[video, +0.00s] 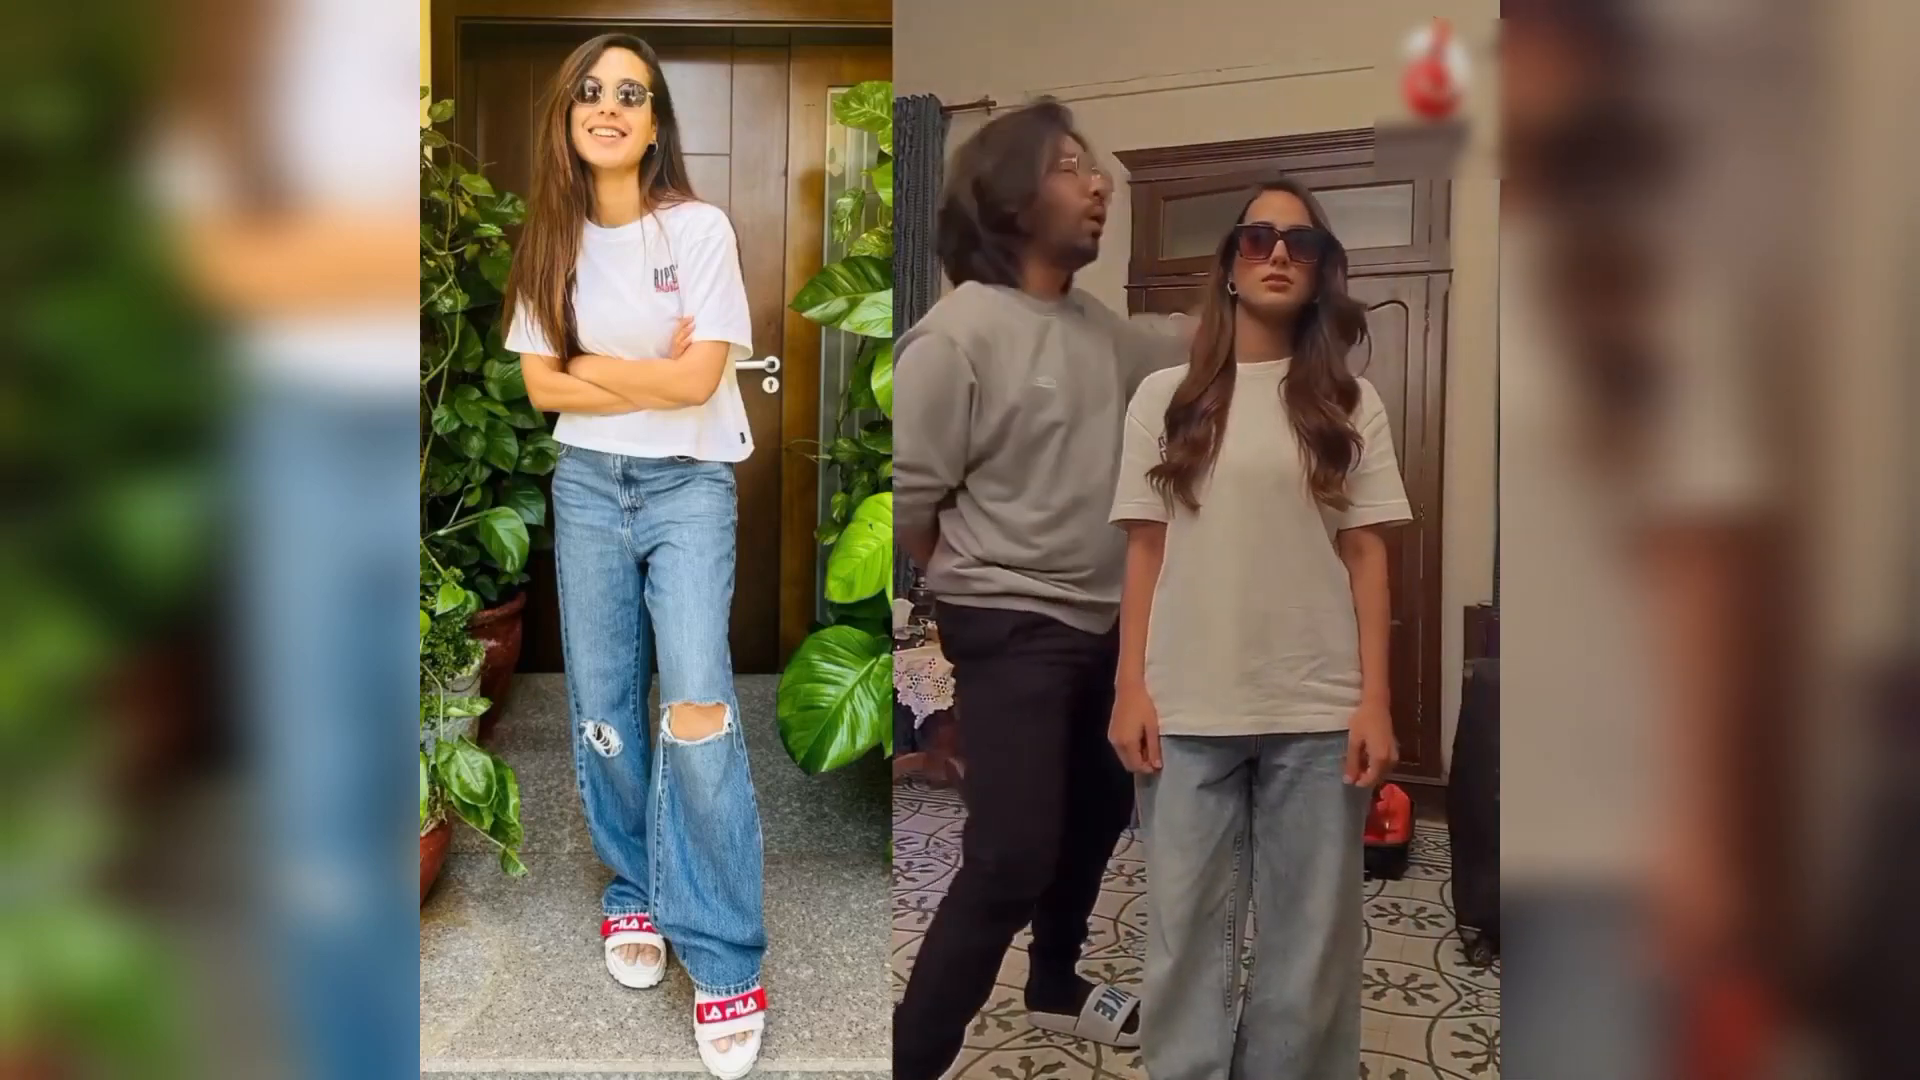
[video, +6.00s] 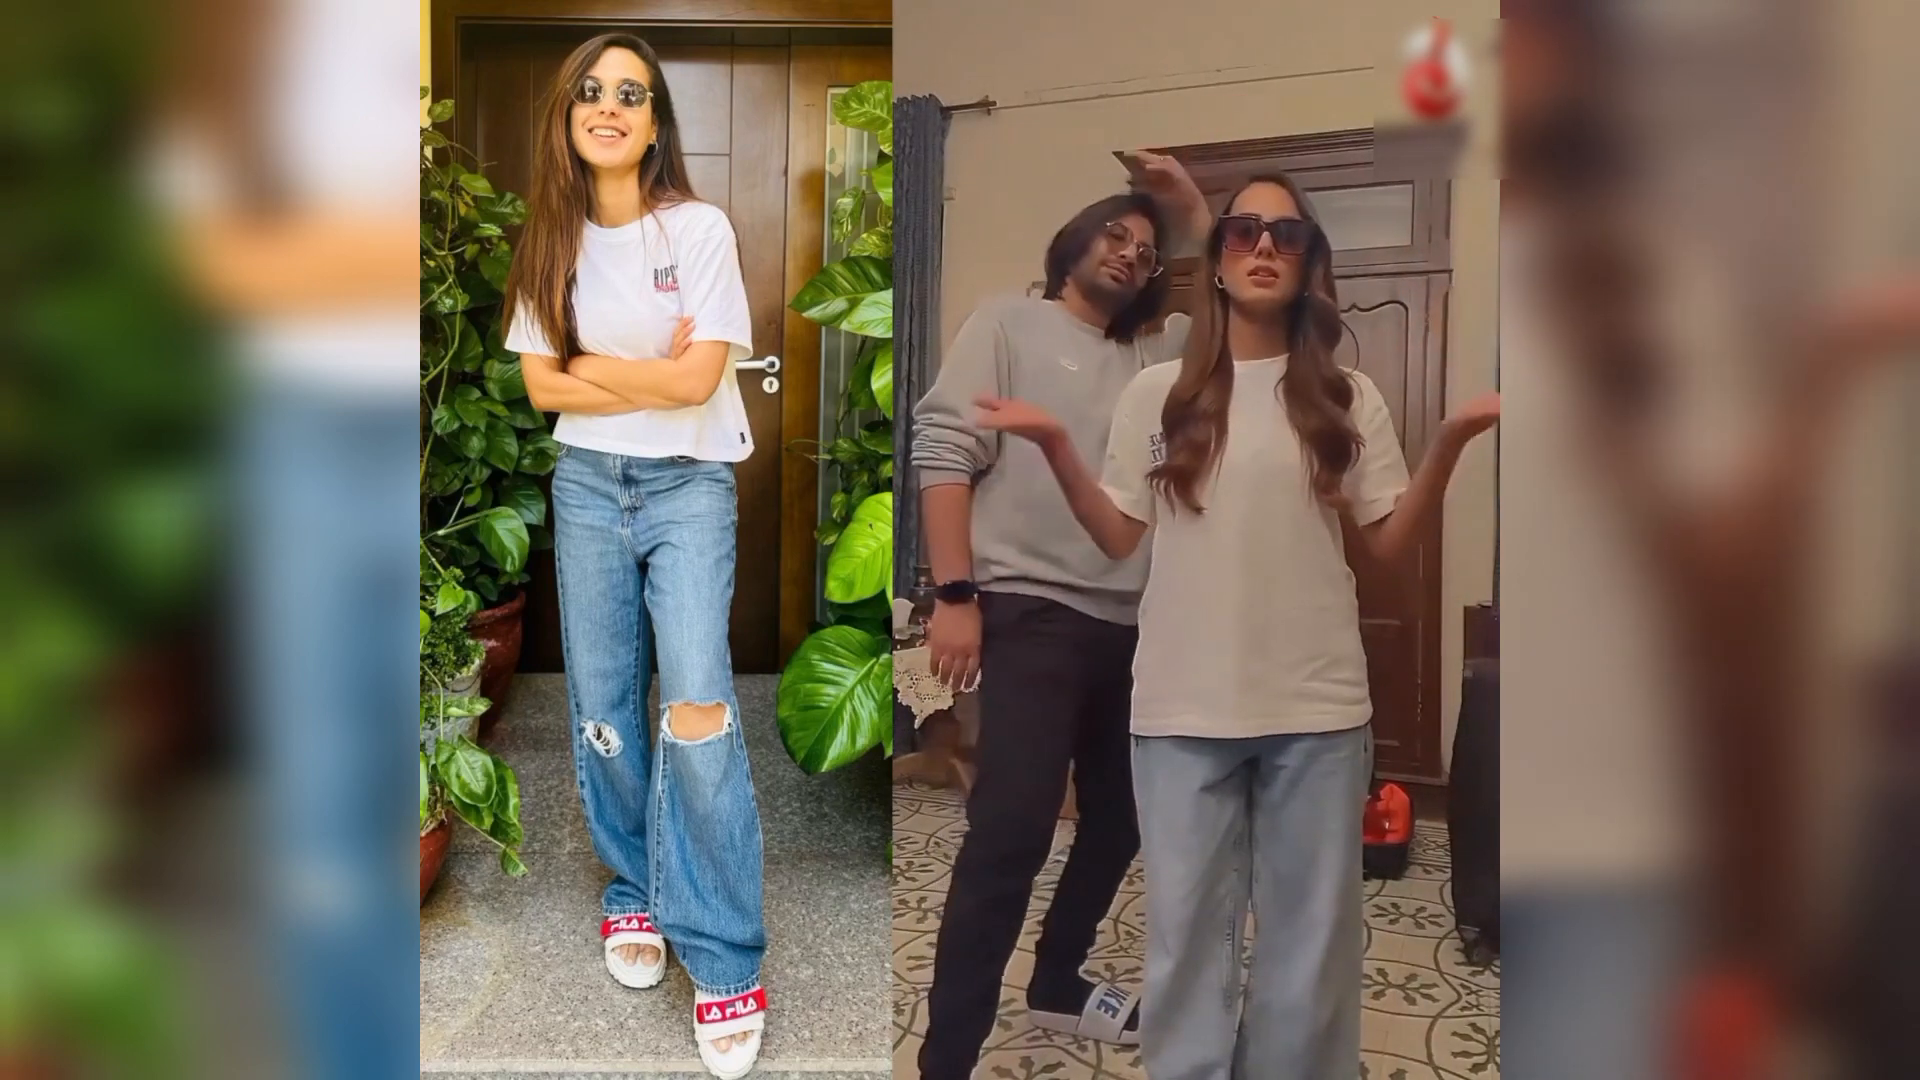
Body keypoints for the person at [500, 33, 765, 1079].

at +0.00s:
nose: (610, 111)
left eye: (630, 97)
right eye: (593, 95)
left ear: (657, 121)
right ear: (566, 117)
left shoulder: (700, 226)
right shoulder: (549, 240)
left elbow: (699, 379)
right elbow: (541, 386)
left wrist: (575, 362)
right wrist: (662, 379)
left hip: (689, 482)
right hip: (585, 484)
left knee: (695, 709)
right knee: (603, 709)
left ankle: (724, 957)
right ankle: (631, 890)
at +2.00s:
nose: (609, 111)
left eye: (629, 98)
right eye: (593, 95)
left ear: (656, 122)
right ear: (566, 117)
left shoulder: (699, 226)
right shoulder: (549, 240)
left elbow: (698, 378)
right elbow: (541, 385)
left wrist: (576, 362)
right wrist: (662, 379)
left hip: (689, 482)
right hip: (584, 484)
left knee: (694, 710)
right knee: (603, 708)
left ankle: (724, 958)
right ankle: (631, 892)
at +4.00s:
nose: (610, 111)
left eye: (629, 97)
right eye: (593, 95)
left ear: (656, 122)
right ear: (566, 117)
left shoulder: (699, 225)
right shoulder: (550, 239)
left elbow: (698, 378)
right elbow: (540, 385)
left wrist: (576, 362)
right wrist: (662, 378)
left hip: (689, 482)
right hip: (584, 484)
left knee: (695, 709)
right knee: (602, 708)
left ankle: (724, 955)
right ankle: (631, 890)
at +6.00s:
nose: (610, 111)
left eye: (630, 97)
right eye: (593, 95)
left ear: (656, 121)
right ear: (566, 117)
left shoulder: (699, 226)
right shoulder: (549, 240)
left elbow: (698, 378)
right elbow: (540, 385)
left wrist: (576, 362)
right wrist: (662, 378)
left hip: (689, 482)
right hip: (584, 484)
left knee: (695, 708)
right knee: (603, 708)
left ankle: (724, 955)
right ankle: (631, 889)